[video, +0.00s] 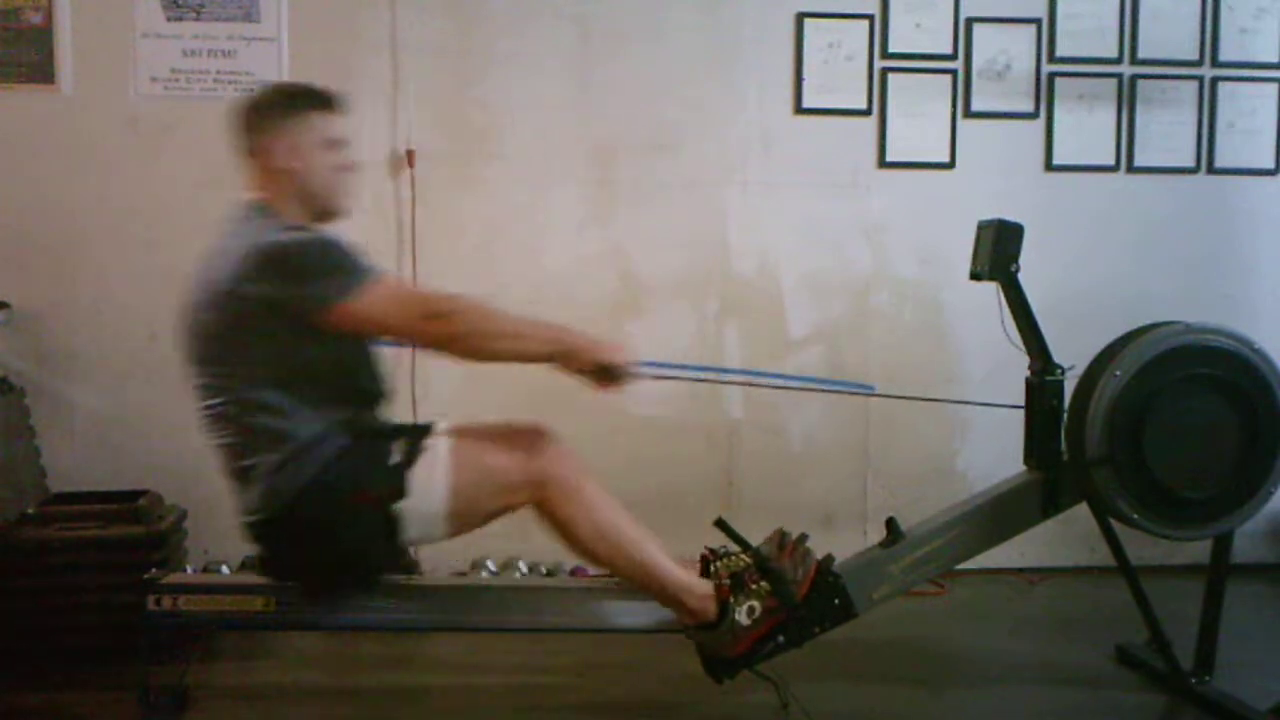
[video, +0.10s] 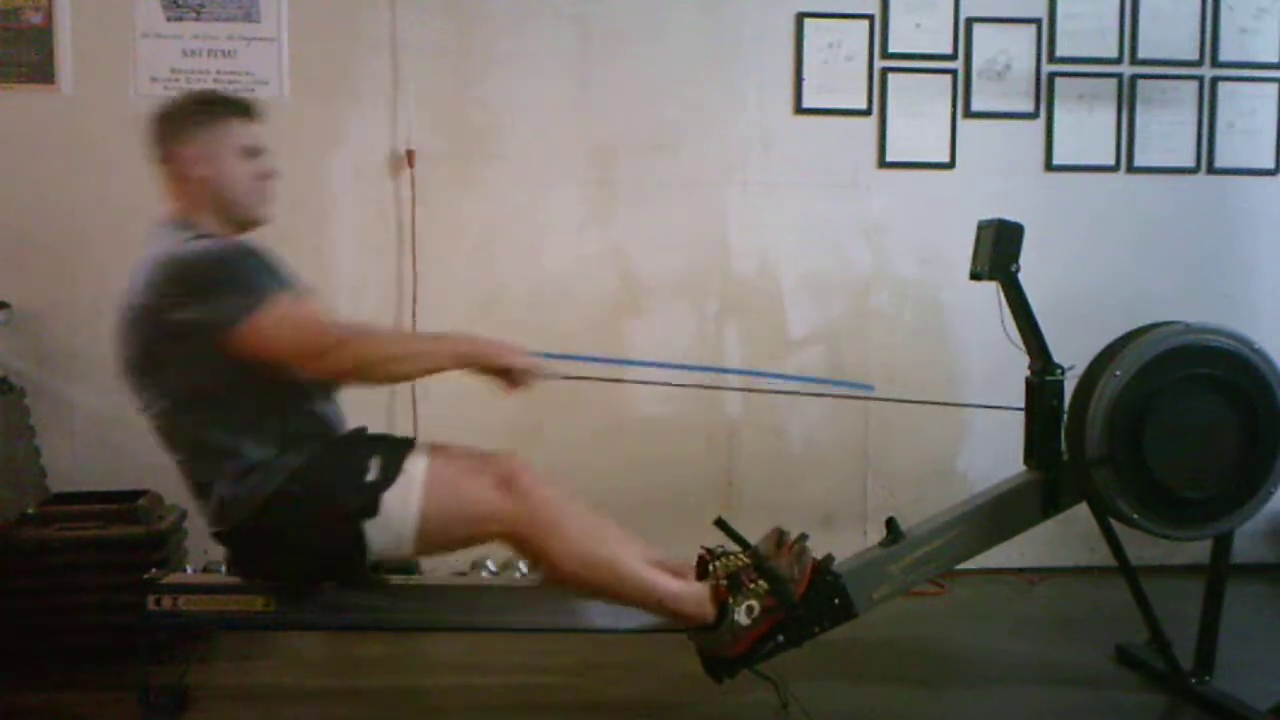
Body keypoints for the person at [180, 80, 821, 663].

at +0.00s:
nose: (349, 166)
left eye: (345, 147)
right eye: (331, 148)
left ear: (281, 159)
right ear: (275, 154)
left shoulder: (267, 247)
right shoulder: (282, 252)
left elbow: (429, 318)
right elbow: (433, 320)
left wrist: (565, 346)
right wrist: (572, 348)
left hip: (319, 484)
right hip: (324, 496)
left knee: (533, 449)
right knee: (539, 457)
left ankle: (696, 598)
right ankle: (706, 612)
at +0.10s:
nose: (267, 172)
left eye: (264, 155)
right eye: (248, 156)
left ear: (209, 169)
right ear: (188, 168)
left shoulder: (223, 259)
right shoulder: (193, 268)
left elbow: (329, 352)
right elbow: (327, 350)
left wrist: (459, 352)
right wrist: (468, 351)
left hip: (309, 480)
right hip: (289, 501)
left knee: (511, 481)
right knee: (510, 494)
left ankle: (697, 584)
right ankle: (705, 611)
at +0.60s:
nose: (198, 204)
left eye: (196, 189)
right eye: (179, 188)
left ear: (140, 199)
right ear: (116, 195)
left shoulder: (156, 292)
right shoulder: (99, 294)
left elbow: (164, 408)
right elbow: (82, 433)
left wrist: (266, 368)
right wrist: (219, 361)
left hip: (306, 473)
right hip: (277, 502)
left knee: (502, 508)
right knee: (494, 526)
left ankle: (705, 592)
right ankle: (709, 610)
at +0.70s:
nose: (220, 198)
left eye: (218, 183)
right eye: (203, 181)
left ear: (159, 189)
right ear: (139, 185)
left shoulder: (170, 286)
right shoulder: (118, 291)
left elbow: (191, 407)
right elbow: (137, 427)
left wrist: (299, 383)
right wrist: (283, 372)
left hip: (292, 474)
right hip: (270, 502)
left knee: (497, 504)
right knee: (490, 524)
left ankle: (706, 589)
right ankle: (708, 612)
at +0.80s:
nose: (251, 194)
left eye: (249, 177)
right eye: (234, 176)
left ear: (184, 182)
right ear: (169, 180)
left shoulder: (195, 282)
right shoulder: (146, 286)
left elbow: (246, 403)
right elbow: (208, 417)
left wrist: (359, 397)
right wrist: (356, 391)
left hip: (294, 479)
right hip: (268, 506)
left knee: (498, 497)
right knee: (493, 516)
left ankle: (707, 584)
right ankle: (712, 616)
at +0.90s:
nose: (283, 189)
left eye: (281, 171)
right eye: (265, 171)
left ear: (221, 176)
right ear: (202, 174)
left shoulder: (235, 271)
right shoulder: (178, 276)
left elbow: (306, 372)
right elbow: (265, 399)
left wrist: (418, 395)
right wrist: (424, 398)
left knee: (499, 486)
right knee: (497, 507)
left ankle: (696, 582)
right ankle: (708, 615)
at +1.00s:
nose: (320, 186)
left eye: (318, 169)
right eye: (303, 169)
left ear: (252, 174)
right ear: (243, 170)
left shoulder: (260, 264)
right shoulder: (218, 267)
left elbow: (360, 365)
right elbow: (342, 376)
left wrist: (479, 397)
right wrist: (484, 399)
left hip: (314, 479)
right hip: (284, 507)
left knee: (511, 475)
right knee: (509, 489)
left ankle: (703, 584)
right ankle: (705, 613)